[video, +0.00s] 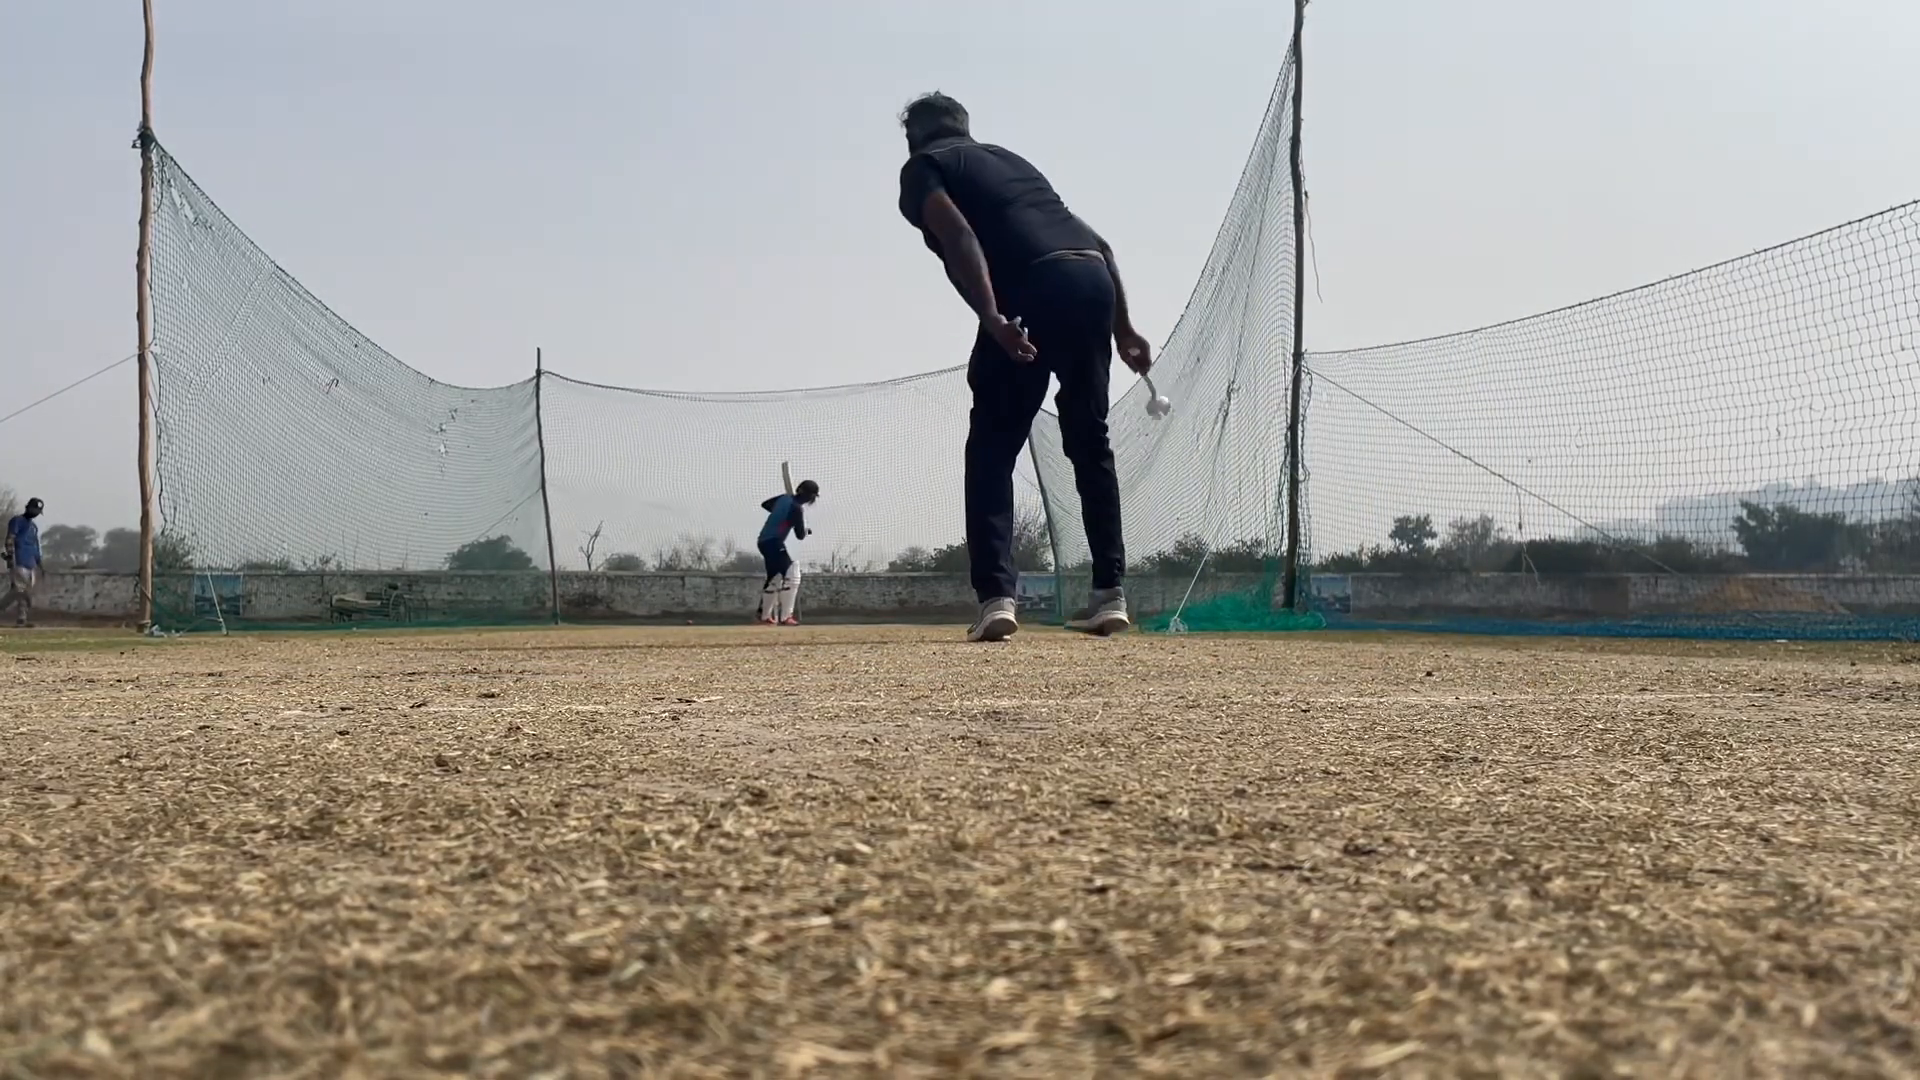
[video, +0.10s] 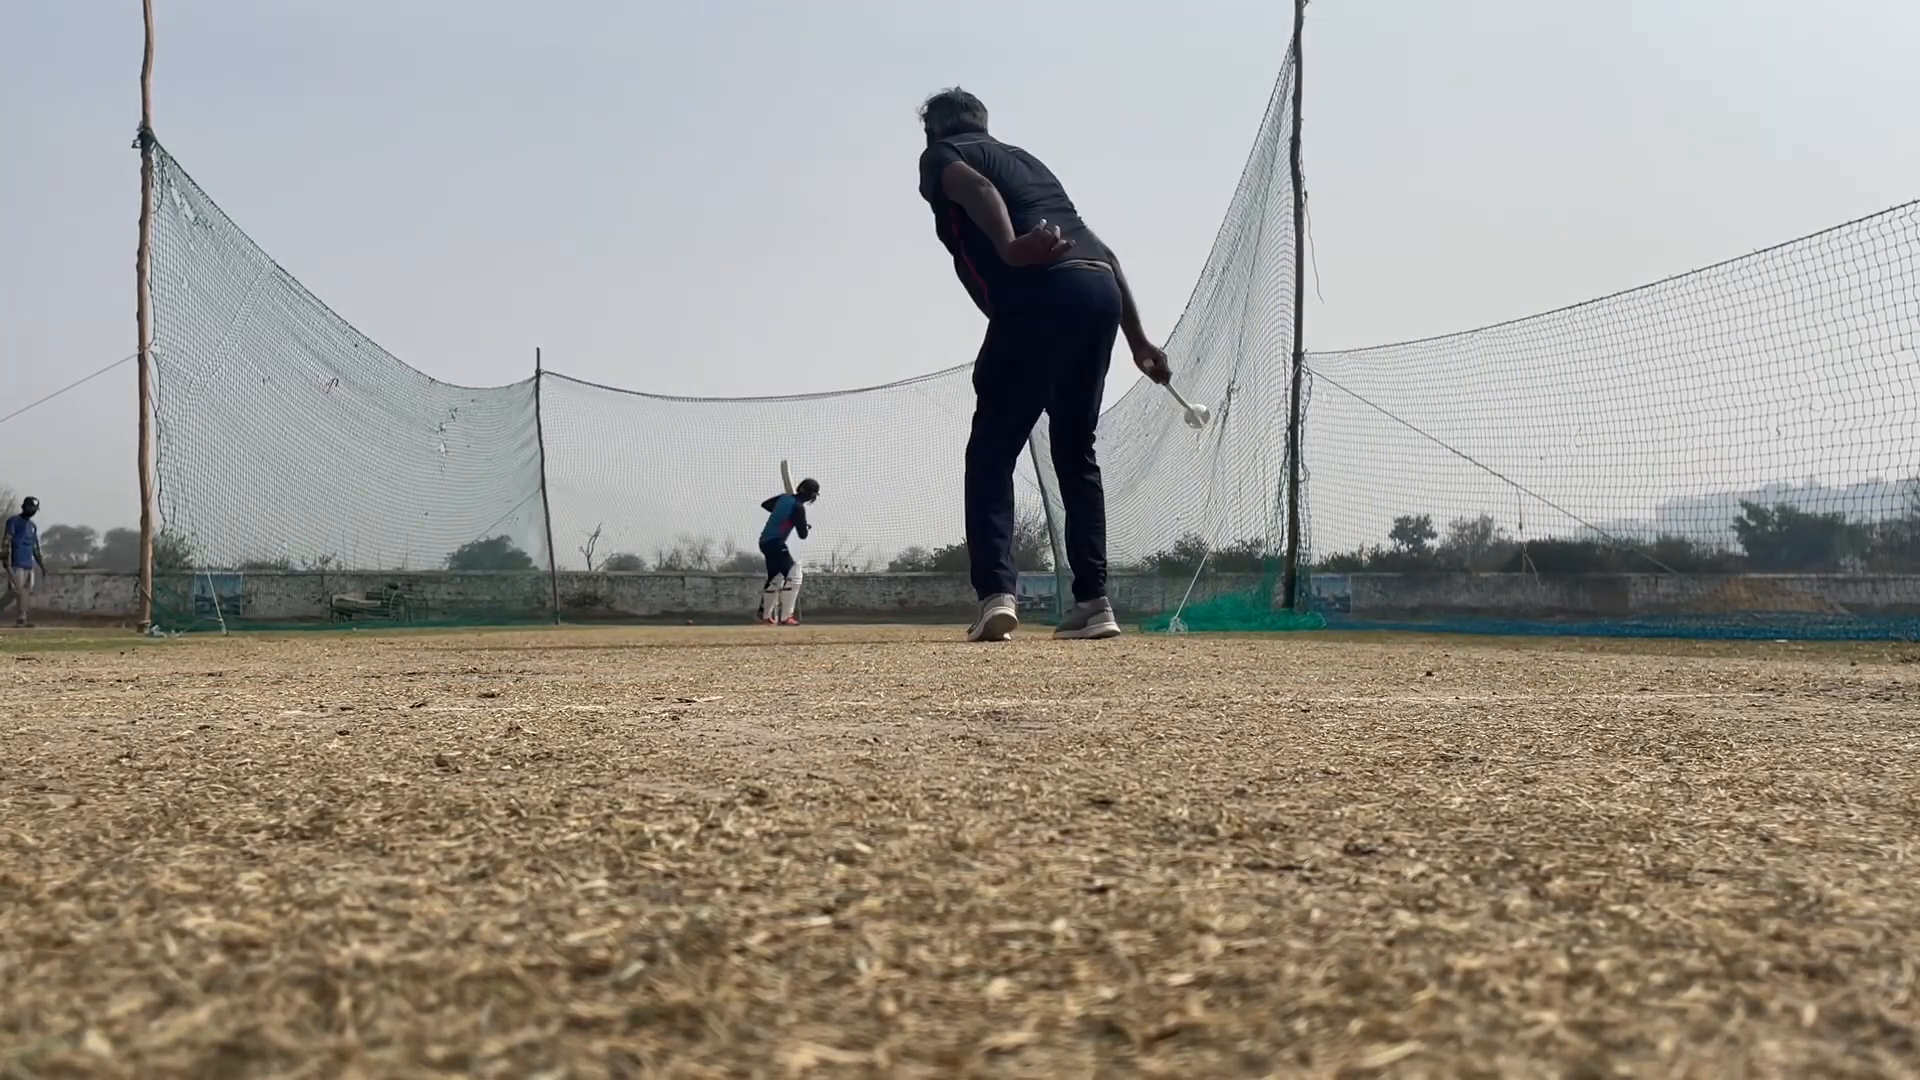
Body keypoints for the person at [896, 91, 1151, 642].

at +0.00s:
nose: (910, 148)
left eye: (910, 140)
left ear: (914, 136)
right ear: (963, 128)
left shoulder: (921, 167)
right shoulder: (1010, 161)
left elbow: (956, 232)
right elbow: (1093, 242)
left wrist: (991, 317)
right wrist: (1123, 326)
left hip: (1029, 291)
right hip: (1092, 279)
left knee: (991, 449)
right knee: (1089, 438)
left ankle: (997, 599)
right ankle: (1110, 595)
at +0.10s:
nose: (929, 139)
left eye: (928, 131)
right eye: (933, 130)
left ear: (932, 129)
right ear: (981, 124)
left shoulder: (938, 152)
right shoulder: (1026, 164)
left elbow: (972, 183)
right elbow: (1101, 255)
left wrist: (1007, 242)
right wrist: (1139, 341)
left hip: (1036, 293)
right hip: (1099, 294)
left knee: (990, 452)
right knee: (1076, 452)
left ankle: (997, 596)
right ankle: (1093, 603)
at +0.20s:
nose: (948, 133)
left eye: (948, 125)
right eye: (952, 126)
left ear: (956, 120)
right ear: (1003, 119)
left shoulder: (961, 140)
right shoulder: (1041, 159)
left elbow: (989, 165)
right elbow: (1091, 255)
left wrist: (1007, 218)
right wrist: (1126, 359)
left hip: (1047, 302)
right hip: (1106, 298)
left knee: (994, 453)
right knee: (1079, 457)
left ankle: (997, 589)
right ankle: (1096, 604)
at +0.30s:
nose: (968, 124)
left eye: (969, 116)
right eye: (973, 115)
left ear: (976, 112)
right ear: (1025, 112)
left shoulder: (984, 135)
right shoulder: (1056, 154)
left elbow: (1003, 171)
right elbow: (1067, 240)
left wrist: (995, 249)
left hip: (1058, 295)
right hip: (1115, 294)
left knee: (1007, 445)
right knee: (1083, 455)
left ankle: (999, 582)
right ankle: (1096, 604)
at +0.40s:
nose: (990, 119)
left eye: (991, 111)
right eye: (994, 111)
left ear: (999, 107)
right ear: (1045, 108)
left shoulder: (1003, 130)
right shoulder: (1073, 150)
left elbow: (1011, 193)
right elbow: (1086, 227)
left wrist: (976, 290)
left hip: (1066, 297)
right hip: (1122, 294)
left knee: (1013, 446)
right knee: (1088, 456)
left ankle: (1003, 582)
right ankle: (1095, 605)